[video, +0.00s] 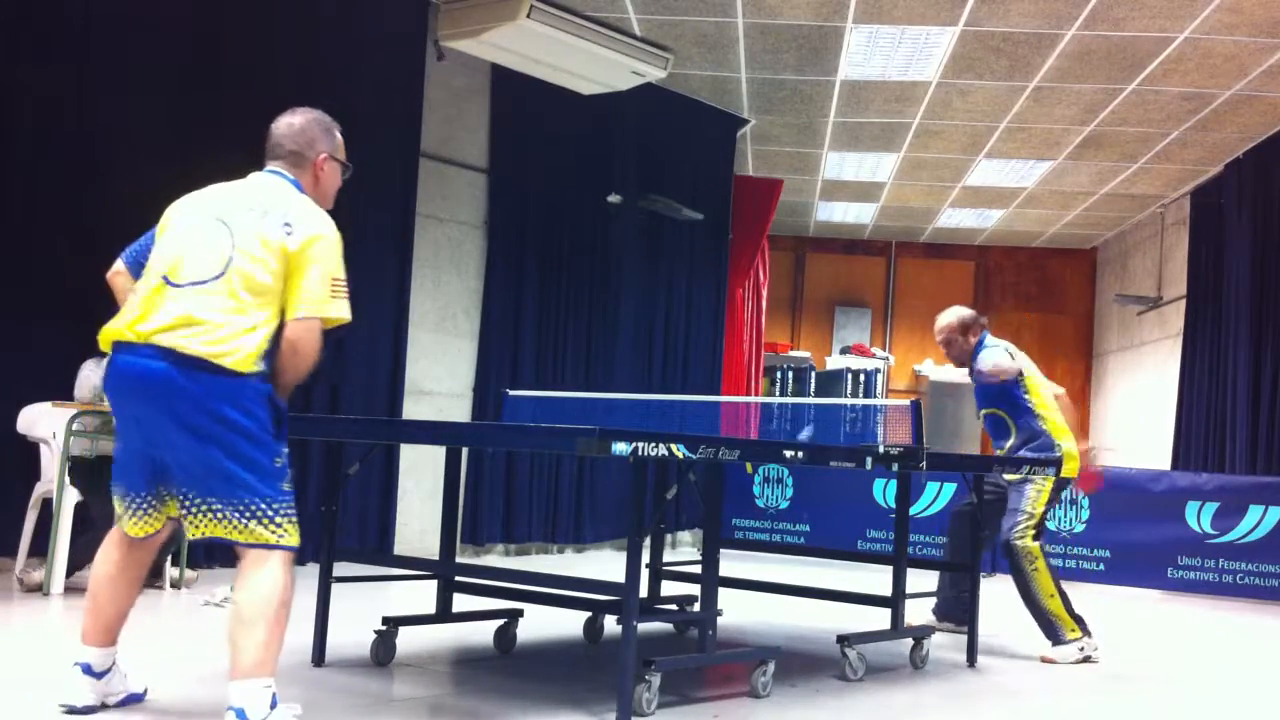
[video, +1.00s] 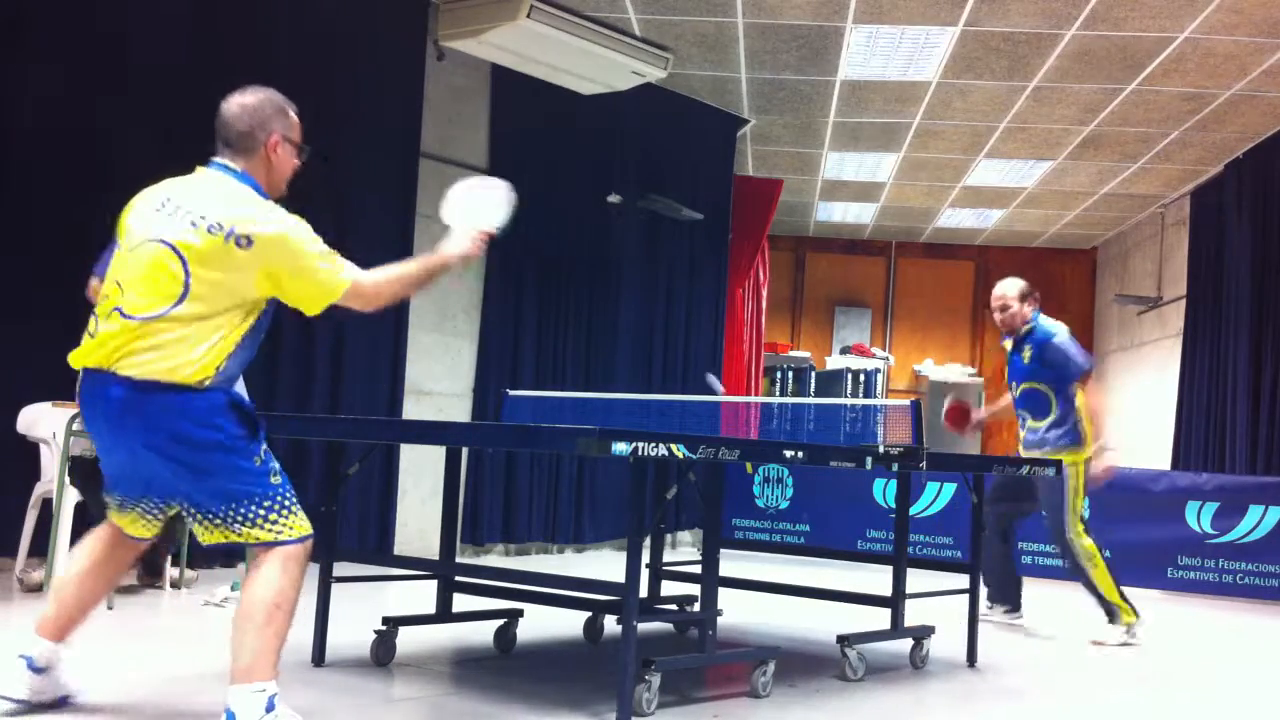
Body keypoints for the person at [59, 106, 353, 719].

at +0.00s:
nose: (339, 182)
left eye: (342, 171)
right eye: (340, 170)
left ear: (273, 158)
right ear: (319, 165)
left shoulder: (202, 199)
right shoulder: (311, 223)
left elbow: (122, 273)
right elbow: (303, 338)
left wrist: (162, 342)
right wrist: (273, 395)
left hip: (133, 368)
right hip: (218, 382)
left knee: (141, 519)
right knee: (269, 541)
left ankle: (93, 672)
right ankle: (253, 703)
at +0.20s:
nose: (351, 177)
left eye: (354, 166)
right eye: (351, 164)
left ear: (282, 154)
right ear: (330, 160)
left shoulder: (211, 197)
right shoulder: (318, 213)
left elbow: (137, 276)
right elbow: (311, 309)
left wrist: (181, 337)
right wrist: (314, 375)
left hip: (140, 364)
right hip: (222, 374)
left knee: (139, 518)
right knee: (276, 537)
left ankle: (82, 673)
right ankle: (255, 701)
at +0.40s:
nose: (339, 172)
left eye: (342, 161)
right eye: (340, 160)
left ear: (270, 152)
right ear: (320, 157)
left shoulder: (208, 200)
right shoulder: (298, 206)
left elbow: (142, 289)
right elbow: (286, 306)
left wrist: (216, 320)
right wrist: (309, 357)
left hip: (135, 371)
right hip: (208, 380)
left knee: (148, 525)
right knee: (281, 539)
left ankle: (79, 671)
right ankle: (254, 702)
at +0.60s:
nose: (344, 199)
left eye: (346, 187)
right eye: (343, 185)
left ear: (281, 177)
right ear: (315, 183)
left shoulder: (216, 220)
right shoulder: (269, 251)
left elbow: (140, 300)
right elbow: (198, 338)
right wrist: (288, 378)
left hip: (134, 407)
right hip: (197, 418)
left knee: (171, 535)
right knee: (311, 551)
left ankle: (80, 672)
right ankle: (256, 703)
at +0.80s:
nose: (325, 201)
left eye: (326, 188)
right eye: (321, 187)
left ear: (273, 183)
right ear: (288, 186)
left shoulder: (195, 223)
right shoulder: (258, 275)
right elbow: (341, 357)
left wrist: (373, 342)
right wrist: (445, 353)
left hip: (128, 416)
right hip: (183, 423)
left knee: (188, 544)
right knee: (308, 545)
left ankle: (78, 672)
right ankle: (255, 703)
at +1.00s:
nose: (297, 161)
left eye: (298, 148)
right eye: (296, 147)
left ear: (223, 142)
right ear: (273, 145)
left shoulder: (154, 197)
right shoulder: (270, 226)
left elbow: (102, 289)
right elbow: (366, 292)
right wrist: (449, 256)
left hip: (103, 390)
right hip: (183, 401)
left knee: (134, 519)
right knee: (286, 540)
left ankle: (35, 661)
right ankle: (252, 702)